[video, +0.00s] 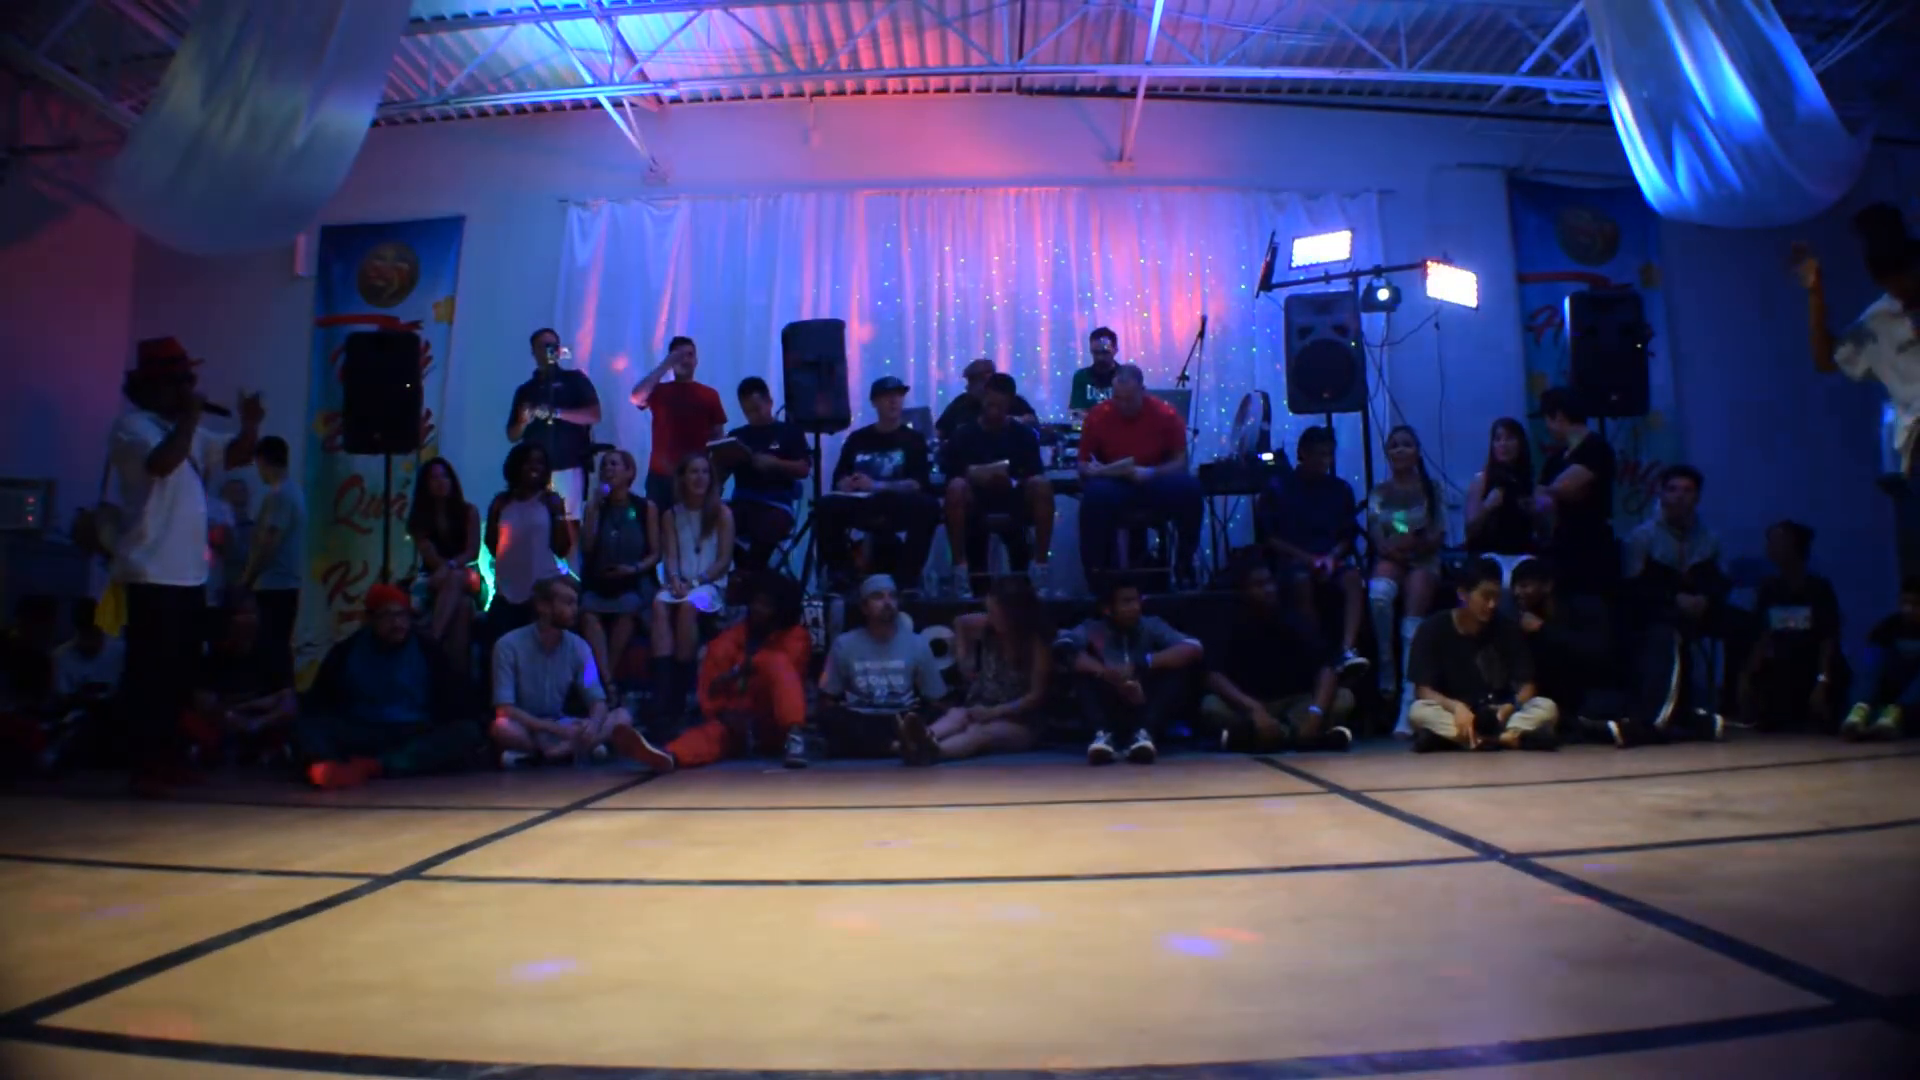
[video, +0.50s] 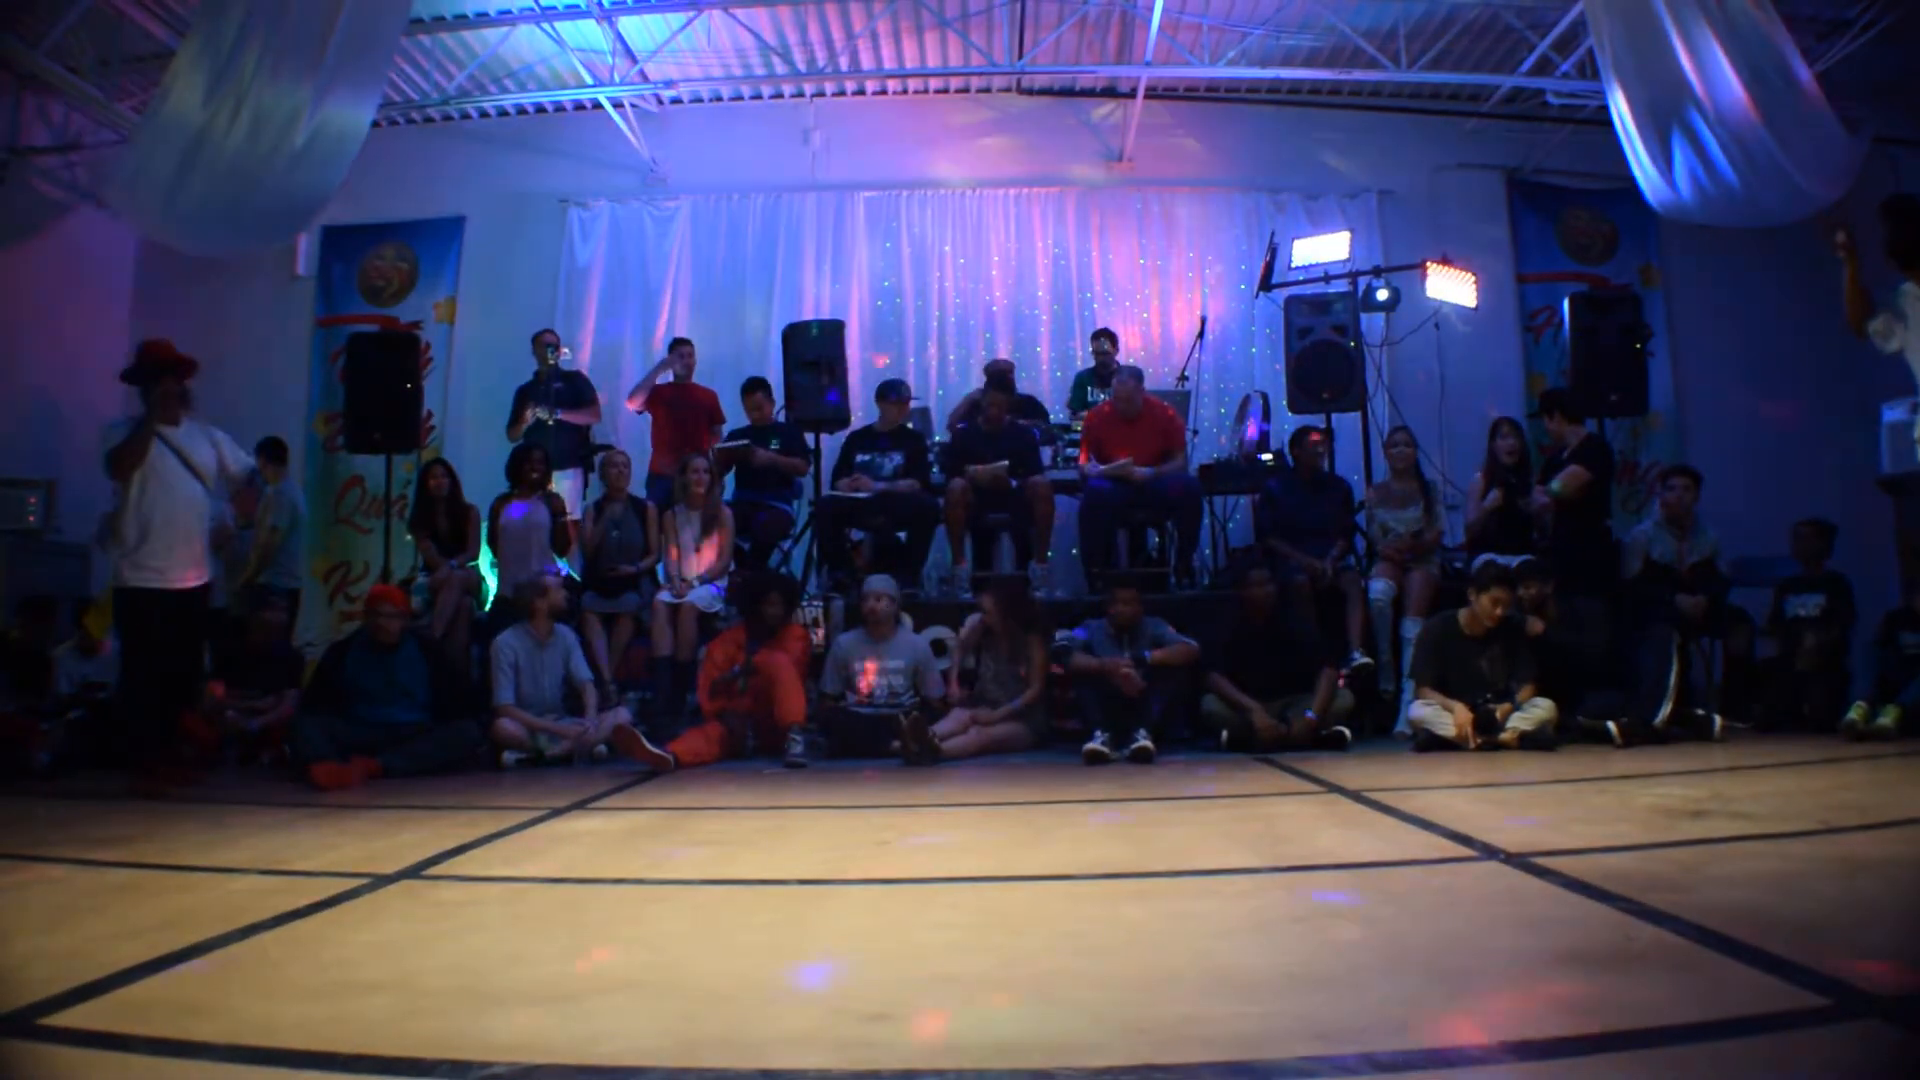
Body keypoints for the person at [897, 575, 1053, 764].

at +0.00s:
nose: (992, 618)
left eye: (996, 611)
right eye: (990, 612)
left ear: (1013, 612)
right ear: (990, 612)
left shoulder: (1035, 644)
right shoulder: (990, 630)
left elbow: (1037, 696)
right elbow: (961, 623)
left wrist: (993, 712)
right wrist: (965, 665)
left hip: (1017, 716)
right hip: (982, 707)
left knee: (981, 733)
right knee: (957, 716)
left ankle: (931, 752)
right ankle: (920, 737)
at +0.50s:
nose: (983, 618)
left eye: (988, 612)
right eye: (983, 612)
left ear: (1007, 612)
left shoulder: (1030, 638)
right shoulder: (979, 627)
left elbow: (1036, 690)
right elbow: (959, 647)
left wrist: (996, 714)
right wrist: (954, 684)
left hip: (1021, 713)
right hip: (985, 704)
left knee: (979, 736)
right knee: (961, 715)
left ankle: (934, 752)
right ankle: (922, 738)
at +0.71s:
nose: (982, 615)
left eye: (987, 608)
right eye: (978, 609)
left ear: (1002, 608)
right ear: (975, 609)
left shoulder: (1023, 639)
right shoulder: (975, 636)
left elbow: (1032, 685)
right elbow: (957, 668)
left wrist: (996, 714)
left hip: (1019, 716)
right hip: (981, 709)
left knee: (978, 736)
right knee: (959, 717)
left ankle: (933, 751)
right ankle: (924, 737)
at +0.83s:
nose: (981, 613)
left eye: (987, 606)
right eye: (978, 606)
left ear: (1001, 605)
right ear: (973, 606)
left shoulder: (1020, 636)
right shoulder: (970, 633)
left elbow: (1031, 682)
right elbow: (957, 669)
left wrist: (995, 714)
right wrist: (956, 700)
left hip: (1013, 713)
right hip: (975, 708)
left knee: (981, 736)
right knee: (952, 726)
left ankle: (934, 752)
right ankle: (925, 738)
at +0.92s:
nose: (983, 611)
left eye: (989, 604)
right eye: (978, 604)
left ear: (1001, 605)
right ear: (970, 607)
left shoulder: (1019, 636)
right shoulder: (967, 636)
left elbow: (1030, 684)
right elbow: (956, 679)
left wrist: (994, 715)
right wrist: (955, 695)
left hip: (1016, 714)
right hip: (976, 709)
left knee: (981, 736)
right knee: (956, 721)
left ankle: (935, 752)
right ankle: (925, 738)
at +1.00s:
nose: (983, 609)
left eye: (989, 603)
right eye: (978, 603)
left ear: (1000, 605)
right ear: (969, 607)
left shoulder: (1018, 638)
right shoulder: (966, 639)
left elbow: (1028, 688)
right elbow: (954, 682)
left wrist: (995, 714)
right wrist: (958, 698)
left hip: (1011, 711)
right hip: (975, 708)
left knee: (979, 736)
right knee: (957, 722)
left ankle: (935, 752)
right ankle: (922, 737)